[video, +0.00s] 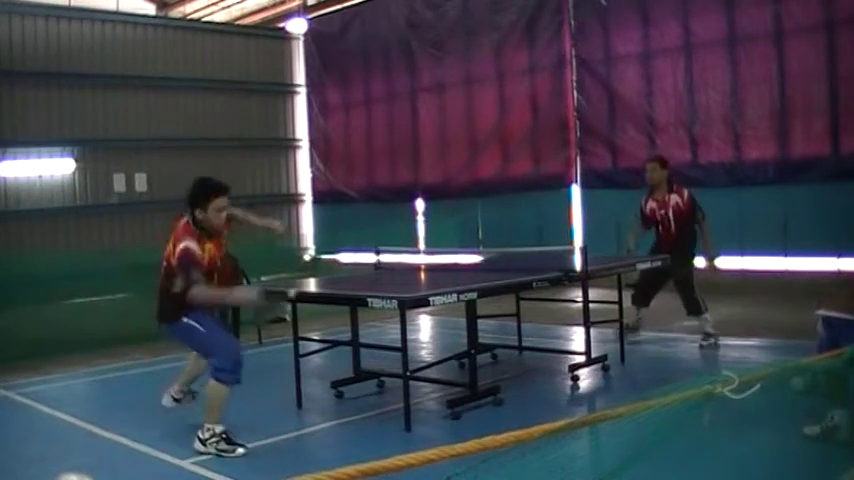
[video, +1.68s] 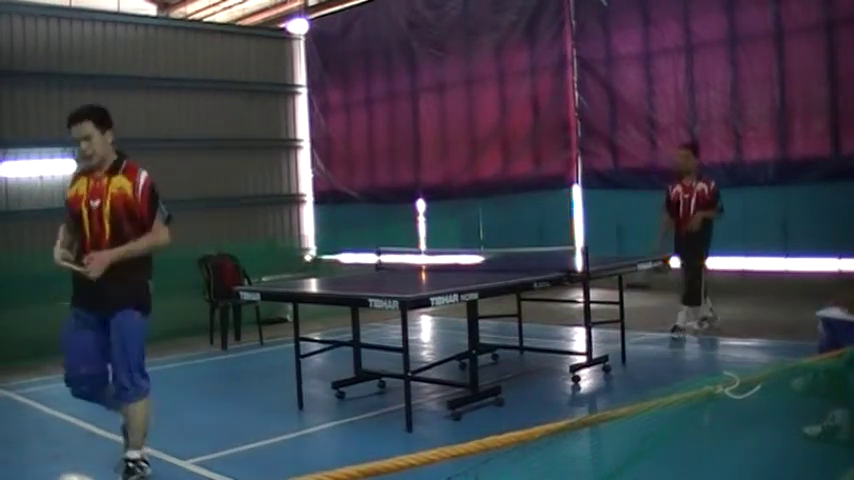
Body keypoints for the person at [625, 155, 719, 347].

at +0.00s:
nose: (649, 176)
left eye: (654, 171)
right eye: (647, 172)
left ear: (665, 172)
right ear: (646, 175)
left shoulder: (683, 195)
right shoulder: (648, 201)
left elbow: (701, 222)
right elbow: (644, 226)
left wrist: (708, 253)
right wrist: (633, 247)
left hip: (682, 251)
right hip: (660, 252)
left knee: (687, 291)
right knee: (643, 286)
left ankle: (708, 331)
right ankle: (637, 321)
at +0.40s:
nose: (624, 178)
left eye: (629, 173)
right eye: (622, 174)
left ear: (640, 175)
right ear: (621, 178)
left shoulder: (656, 196)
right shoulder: (626, 202)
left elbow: (674, 222)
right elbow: (622, 229)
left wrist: (677, 249)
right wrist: (607, 244)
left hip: (663, 254)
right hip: (641, 255)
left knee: (679, 293)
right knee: (625, 288)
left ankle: (705, 328)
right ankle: (625, 323)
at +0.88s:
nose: (643, 161)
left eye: (647, 157)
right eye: (640, 157)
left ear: (656, 159)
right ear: (637, 159)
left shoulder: (668, 185)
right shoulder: (632, 186)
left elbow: (676, 214)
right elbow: (629, 216)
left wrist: (660, 229)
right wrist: (626, 244)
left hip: (659, 245)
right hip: (636, 243)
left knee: (663, 285)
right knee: (630, 283)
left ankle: (674, 322)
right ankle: (626, 322)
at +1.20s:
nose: (663, 157)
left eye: (668, 153)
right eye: (662, 153)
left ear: (677, 157)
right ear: (660, 156)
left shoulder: (687, 183)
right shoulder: (655, 183)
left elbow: (691, 211)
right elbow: (649, 211)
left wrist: (670, 218)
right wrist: (643, 235)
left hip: (676, 238)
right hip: (654, 236)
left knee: (674, 277)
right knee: (648, 274)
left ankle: (676, 322)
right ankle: (648, 315)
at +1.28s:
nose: (668, 157)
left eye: (673, 153)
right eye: (667, 153)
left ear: (683, 157)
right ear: (665, 156)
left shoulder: (691, 183)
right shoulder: (658, 182)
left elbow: (696, 211)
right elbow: (651, 210)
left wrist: (676, 216)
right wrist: (643, 236)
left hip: (679, 239)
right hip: (658, 237)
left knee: (676, 277)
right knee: (656, 275)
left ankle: (676, 319)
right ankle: (663, 311)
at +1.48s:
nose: (676, 159)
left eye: (681, 155)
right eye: (674, 155)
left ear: (689, 158)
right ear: (670, 158)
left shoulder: (700, 184)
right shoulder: (665, 184)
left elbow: (706, 211)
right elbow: (657, 213)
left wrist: (688, 214)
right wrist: (649, 240)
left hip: (688, 235)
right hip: (667, 234)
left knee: (682, 271)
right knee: (670, 270)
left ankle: (678, 317)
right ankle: (691, 306)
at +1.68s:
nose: (683, 162)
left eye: (687, 158)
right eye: (681, 158)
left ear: (695, 161)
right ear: (678, 162)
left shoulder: (708, 187)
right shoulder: (674, 190)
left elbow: (715, 211)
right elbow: (669, 217)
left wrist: (700, 215)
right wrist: (663, 247)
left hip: (700, 236)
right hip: (681, 236)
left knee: (691, 273)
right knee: (692, 273)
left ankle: (684, 315)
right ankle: (705, 310)